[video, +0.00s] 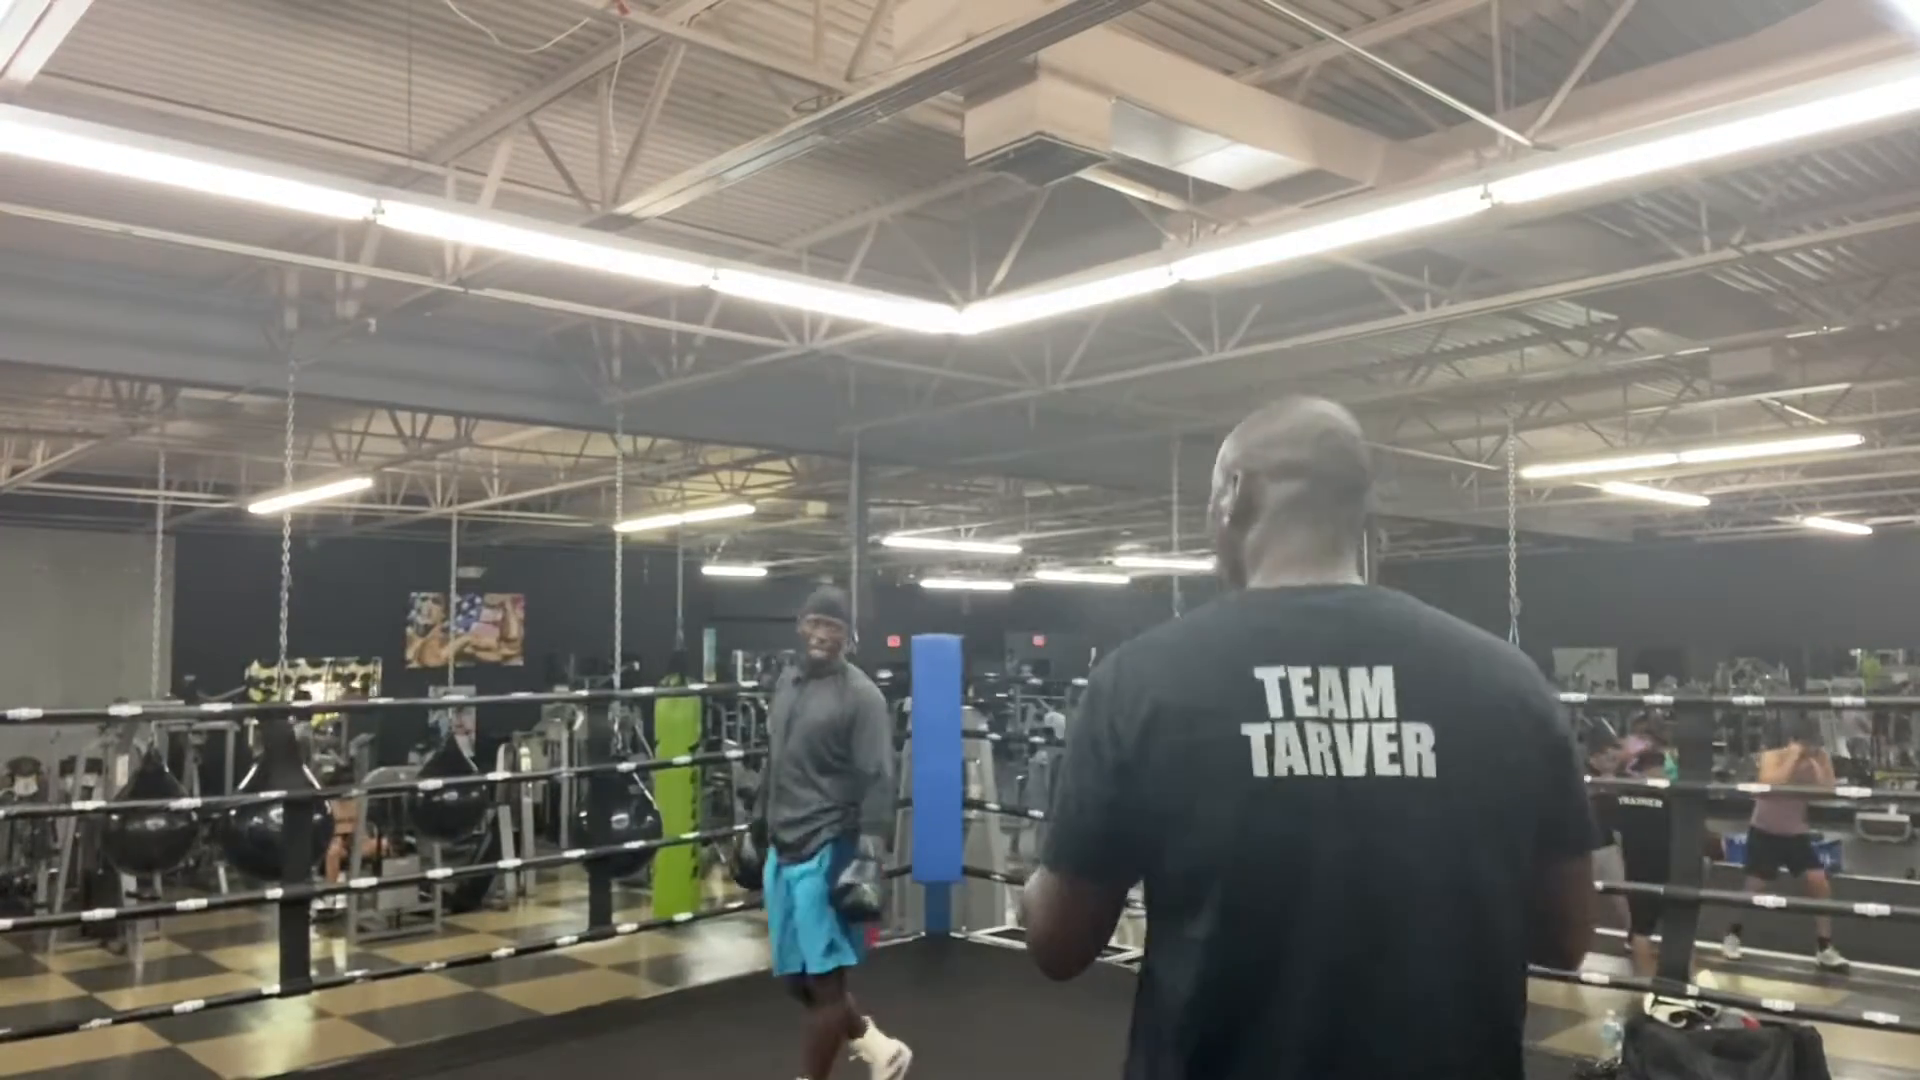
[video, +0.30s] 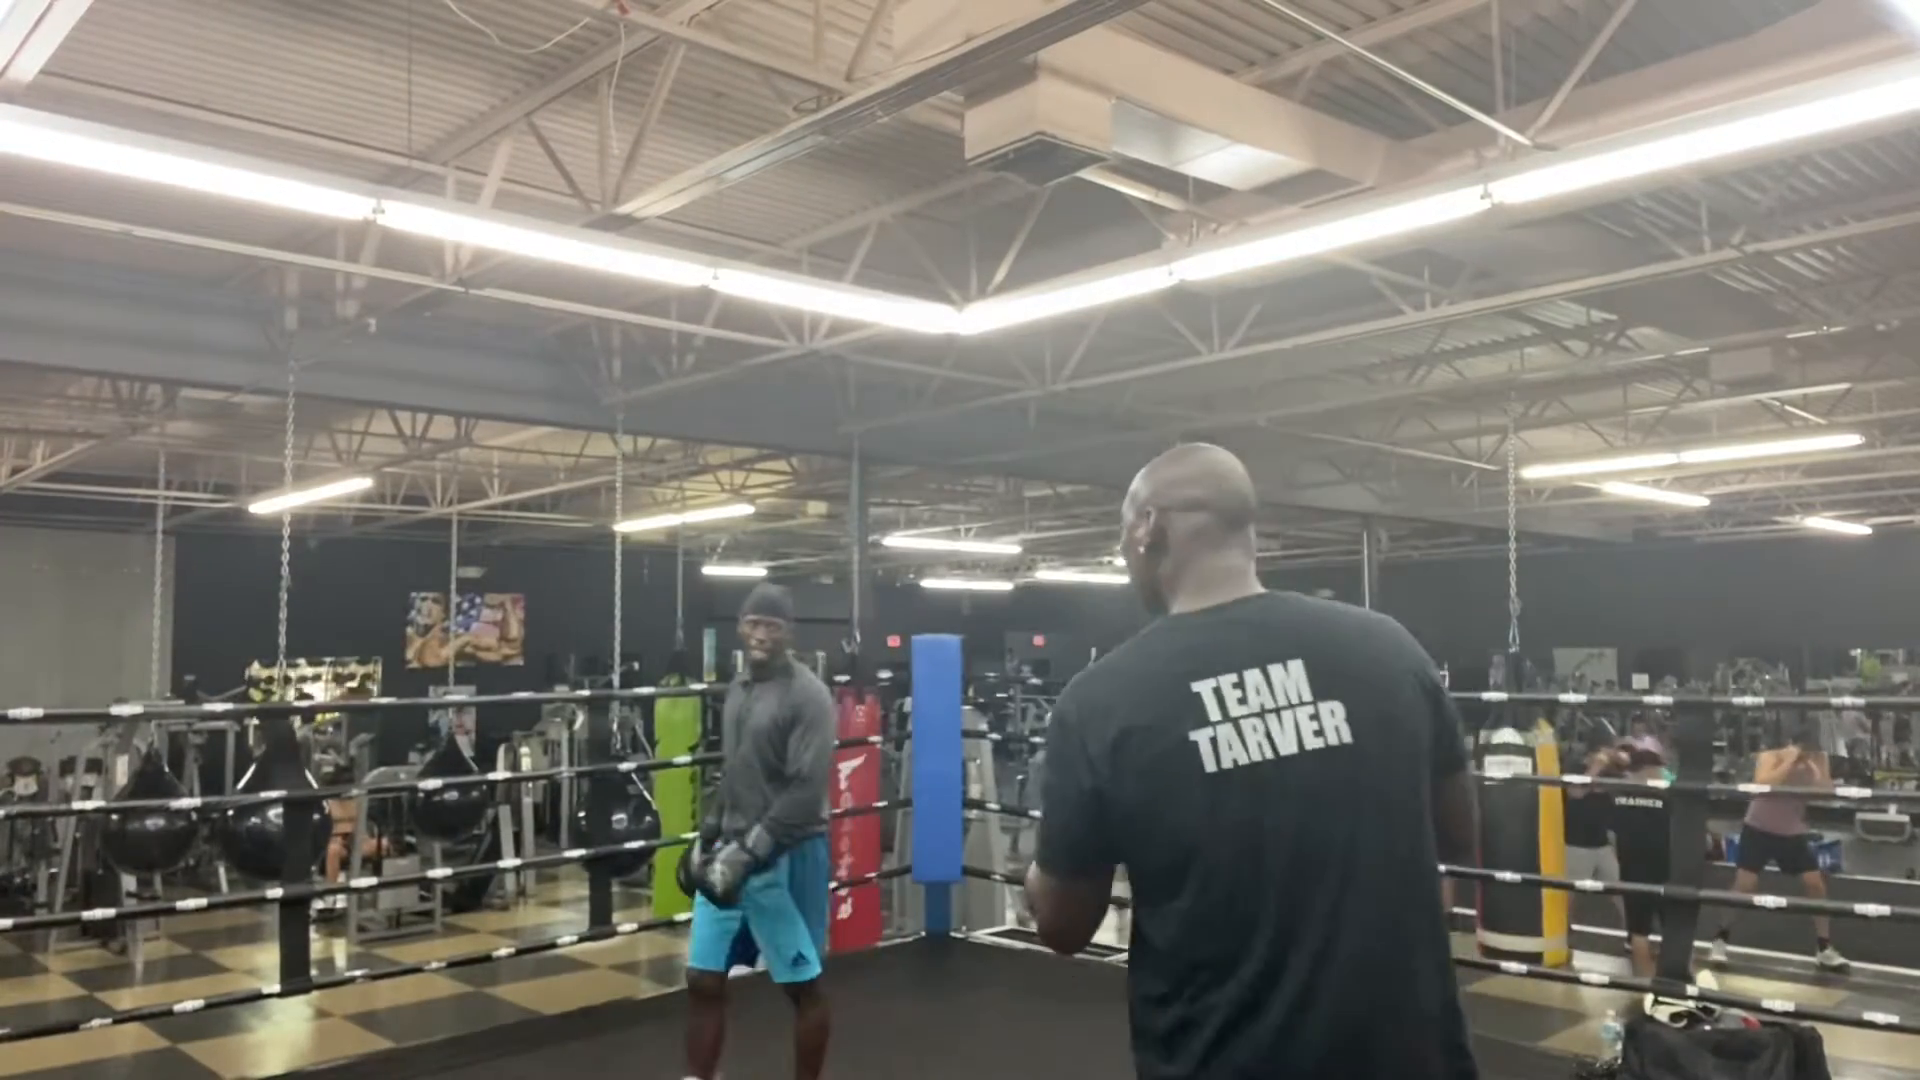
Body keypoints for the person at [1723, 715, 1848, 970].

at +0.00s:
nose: (1805, 748)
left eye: (1809, 744)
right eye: (1800, 743)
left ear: (1814, 743)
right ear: (1789, 740)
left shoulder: (1818, 758)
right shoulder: (1772, 756)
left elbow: (1828, 788)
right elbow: (1771, 781)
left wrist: (1817, 761)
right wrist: (1792, 756)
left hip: (1796, 834)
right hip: (1764, 832)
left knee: (1820, 885)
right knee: (1755, 886)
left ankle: (1824, 947)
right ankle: (1733, 934)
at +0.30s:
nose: (1804, 751)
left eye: (1810, 747)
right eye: (1801, 747)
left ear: (1815, 746)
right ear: (1791, 742)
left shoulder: (1818, 757)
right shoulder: (1770, 754)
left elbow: (1825, 791)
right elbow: (1762, 782)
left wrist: (1812, 770)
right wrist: (1789, 761)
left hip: (1793, 833)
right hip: (1758, 829)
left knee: (1816, 886)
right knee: (1744, 886)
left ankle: (1824, 948)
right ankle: (1720, 939)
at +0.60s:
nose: (1774, 751)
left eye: (1778, 747)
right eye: (1769, 745)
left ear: (1782, 746)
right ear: (1758, 743)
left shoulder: (1785, 761)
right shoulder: (1737, 759)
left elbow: (1795, 794)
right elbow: (1735, 787)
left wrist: (1785, 765)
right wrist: (1756, 758)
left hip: (1772, 838)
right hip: (1739, 836)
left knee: (1801, 890)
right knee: (1731, 892)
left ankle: (1822, 948)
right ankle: (1716, 945)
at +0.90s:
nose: (1761, 758)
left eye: (1766, 755)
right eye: (1757, 753)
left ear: (1772, 754)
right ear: (1747, 749)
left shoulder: (1773, 764)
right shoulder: (1730, 761)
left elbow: (1785, 789)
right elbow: (1726, 785)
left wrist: (1776, 762)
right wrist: (1746, 762)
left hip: (1766, 837)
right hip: (1732, 836)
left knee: (1792, 888)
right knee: (1727, 892)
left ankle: (1808, 953)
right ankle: (1716, 944)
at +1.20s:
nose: (1779, 752)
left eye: (1784, 747)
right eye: (1776, 746)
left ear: (1788, 746)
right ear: (1766, 743)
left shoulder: (1792, 759)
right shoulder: (1743, 758)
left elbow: (1797, 794)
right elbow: (1739, 786)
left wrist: (1790, 765)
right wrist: (1765, 761)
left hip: (1777, 836)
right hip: (1742, 835)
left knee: (1799, 890)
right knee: (1730, 892)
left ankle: (1808, 955)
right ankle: (1720, 946)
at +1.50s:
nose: (1770, 762)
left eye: (1775, 757)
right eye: (1765, 756)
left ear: (1781, 755)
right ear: (1756, 752)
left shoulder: (1788, 769)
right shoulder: (1740, 768)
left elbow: (1800, 807)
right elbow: (1742, 804)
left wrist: (1786, 784)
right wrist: (1762, 778)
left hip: (1772, 843)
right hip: (1738, 842)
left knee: (1799, 893)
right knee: (1729, 896)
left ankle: (1807, 956)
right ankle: (1721, 947)